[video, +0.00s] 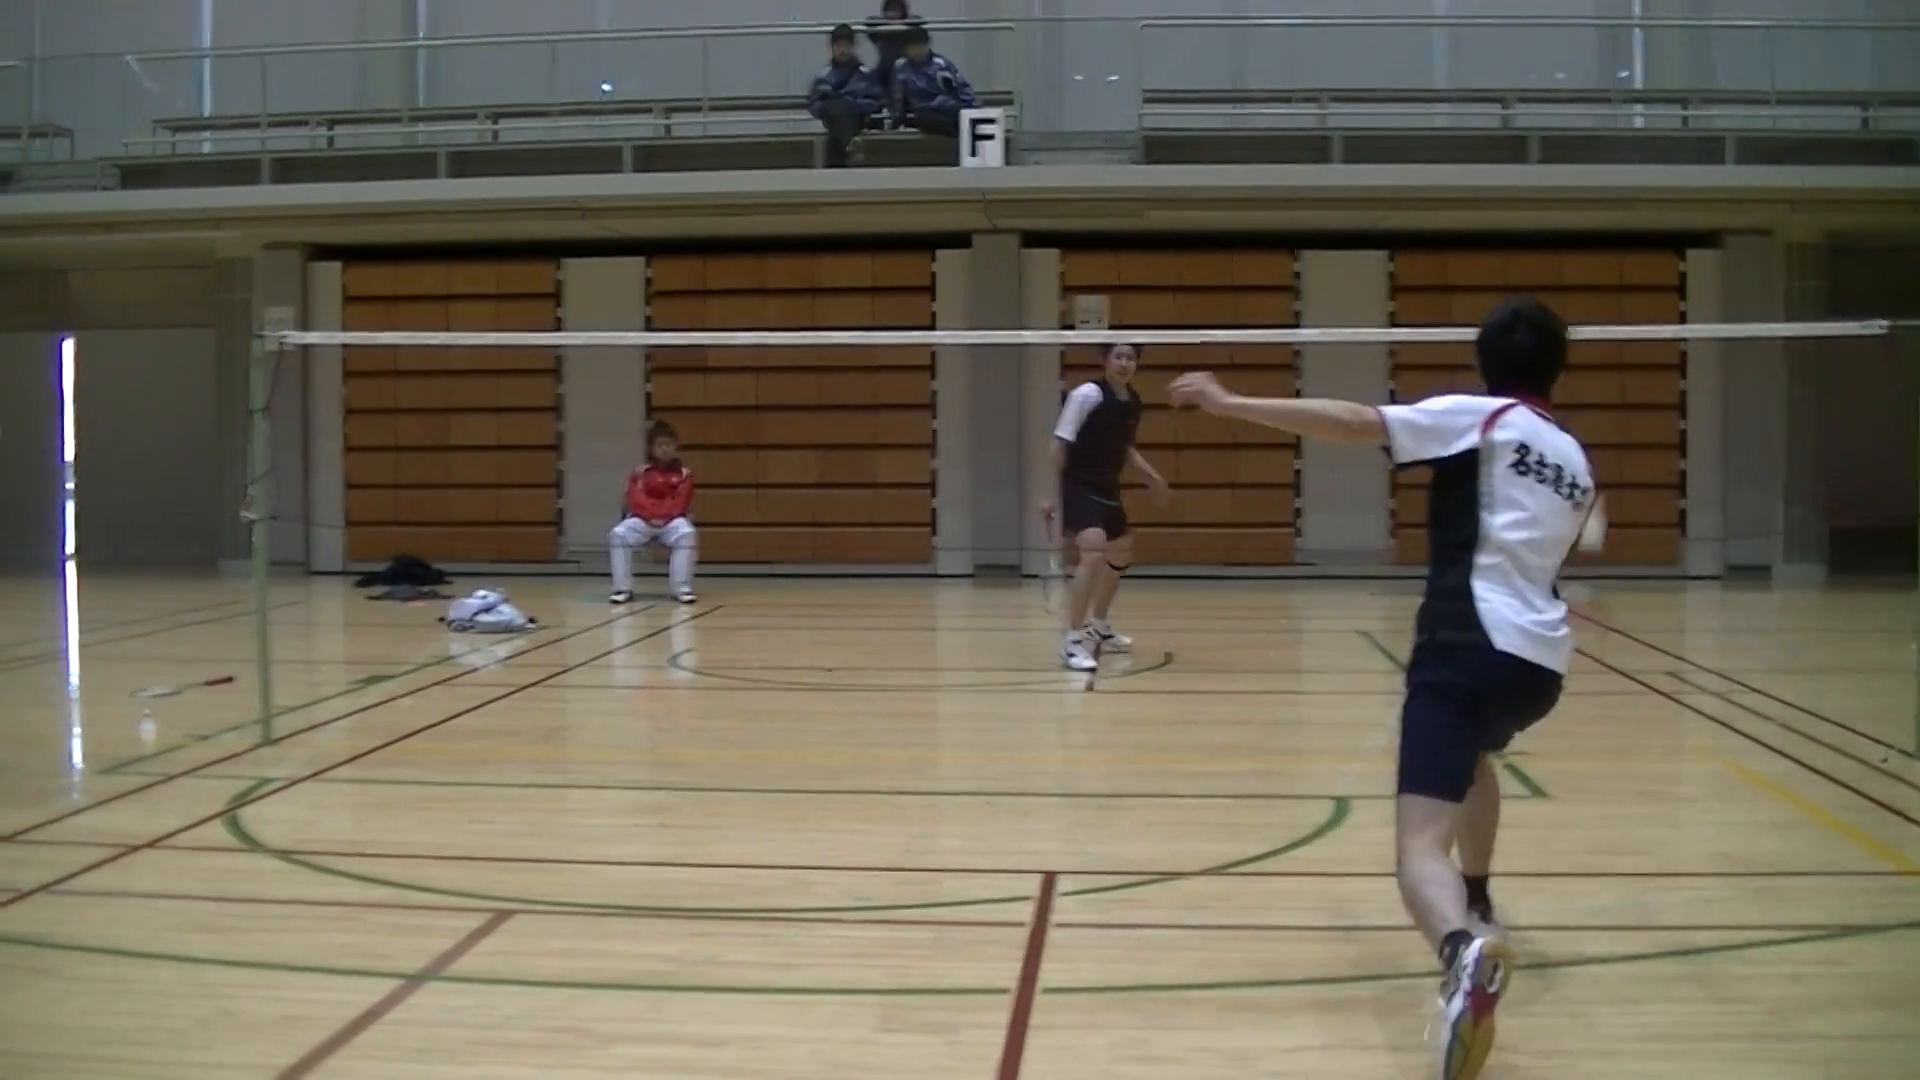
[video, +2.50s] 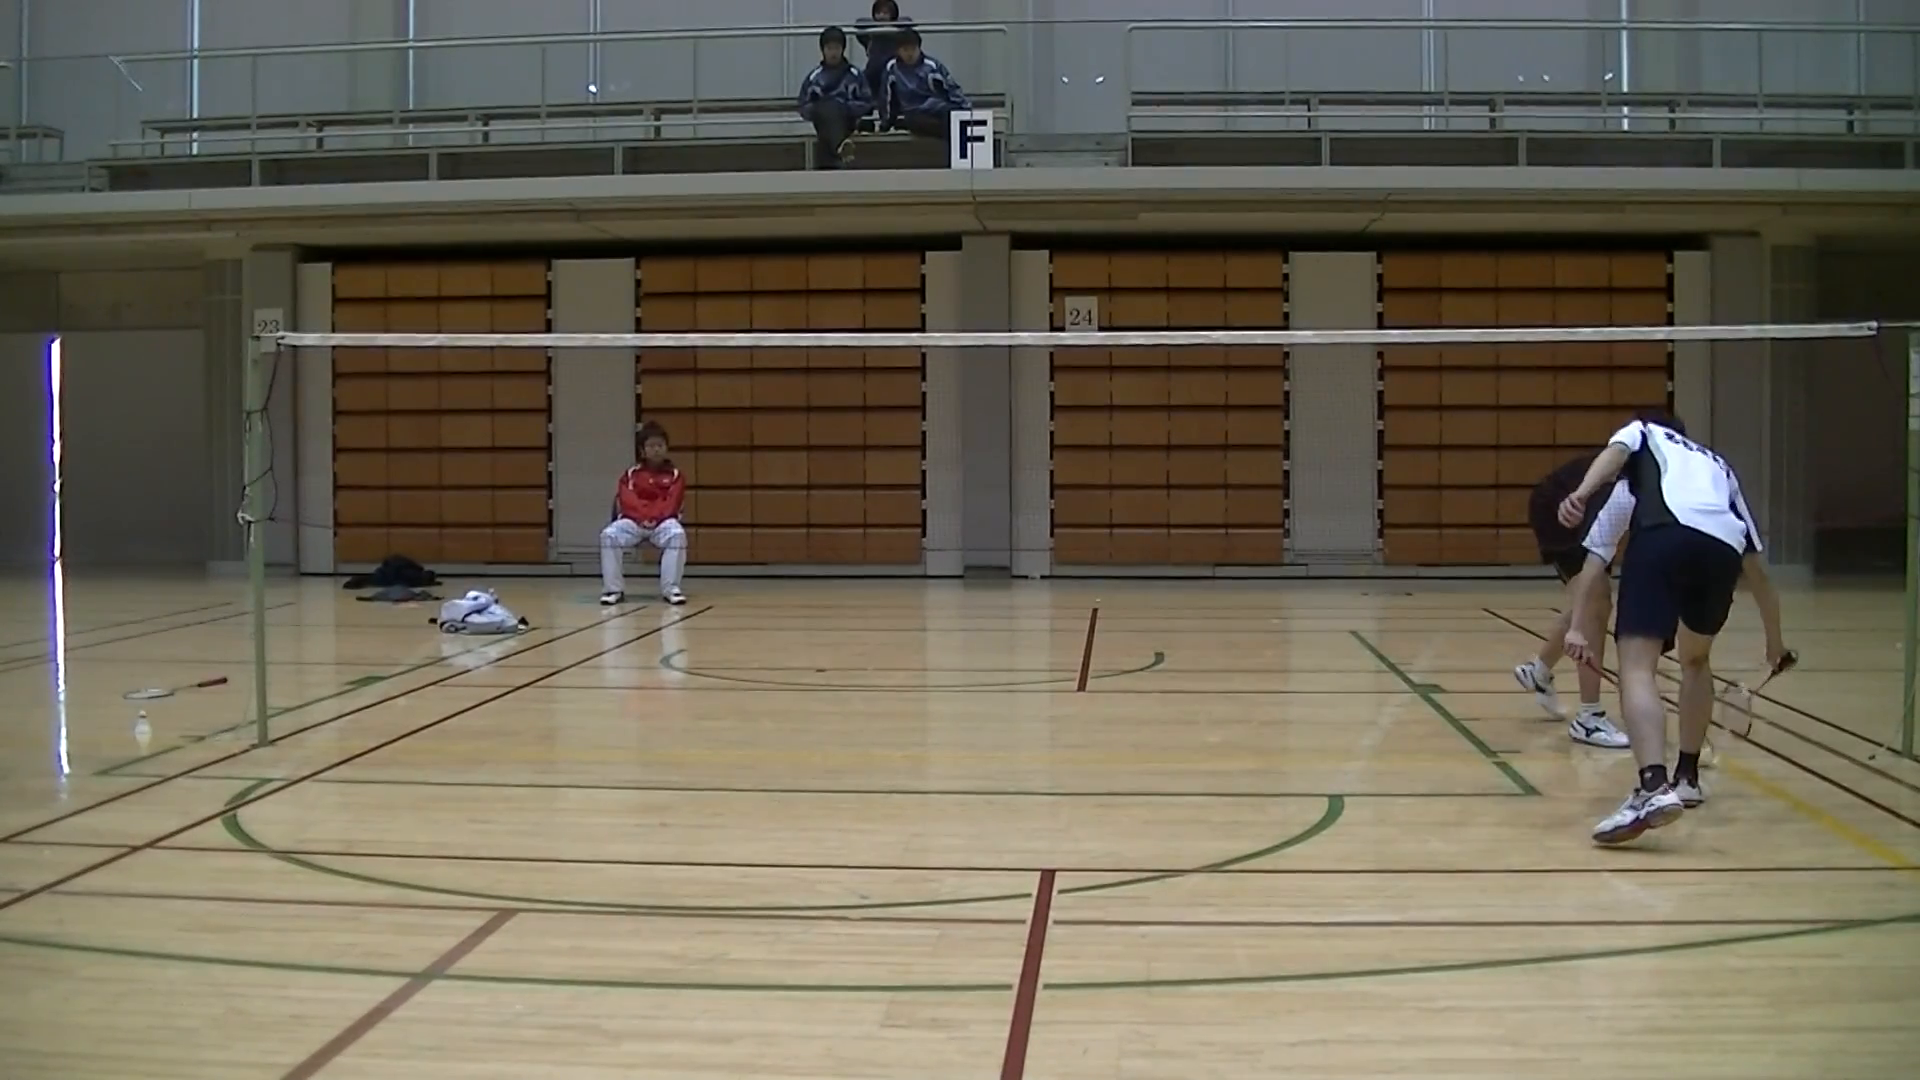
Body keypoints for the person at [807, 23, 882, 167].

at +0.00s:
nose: (842, 50)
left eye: (846, 45)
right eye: (838, 46)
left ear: (852, 47)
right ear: (832, 48)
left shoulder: (866, 74)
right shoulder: (823, 76)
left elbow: (876, 103)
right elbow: (814, 105)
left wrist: (846, 103)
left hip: (860, 120)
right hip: (831, 120)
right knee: (835, 105)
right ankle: (851, 142)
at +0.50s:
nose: (851, 50)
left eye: (855, 45)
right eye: (847, 45)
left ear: (861, 47)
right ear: (840, 47)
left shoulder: (875, 76)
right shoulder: (830, 77)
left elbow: (886, 102)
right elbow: (822, 104)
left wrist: (862, 105)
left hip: (869, 119)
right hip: (840, 119)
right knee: (850, 106)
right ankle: (861, 144)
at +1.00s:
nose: (830, 52)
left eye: (833, 46)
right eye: (825, 46)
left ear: (840, 48)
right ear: (819, 49)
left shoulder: (852, 75)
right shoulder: (810, 77)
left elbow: (864, 103)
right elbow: (799, 106)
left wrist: (840, 108)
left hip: (846, 122)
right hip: (818, 123)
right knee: (828, 108)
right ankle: (840, 148)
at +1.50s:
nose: (832, 54)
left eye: (836, 49)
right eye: (828, 49)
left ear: (842, 50)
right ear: (821, 51)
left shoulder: (854, 76)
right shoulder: (812, 78)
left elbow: (867, 104)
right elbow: (802, 107)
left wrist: (842, 109)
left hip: (848, 121)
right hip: (820, 121)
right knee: (831, 108)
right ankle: (839, 146)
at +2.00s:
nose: (833, 52)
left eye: (837, 48)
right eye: (829, 48)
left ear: (843, 49)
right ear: (822, 50)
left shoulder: (855, 75)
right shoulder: (813, 77)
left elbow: (867, 104)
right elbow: (803, 107)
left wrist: (842, 108)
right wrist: (824, 109)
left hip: (849, 120)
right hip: (821, 121)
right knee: (831, 106)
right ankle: (839, 145)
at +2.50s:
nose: (833, 52)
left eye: (837, 48)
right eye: (829, 48)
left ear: (843, 49)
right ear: (822, 50)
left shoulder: (855, 74)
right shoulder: (813, 76)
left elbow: (867, 103)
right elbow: (804, 107)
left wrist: (843, 108)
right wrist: (823, 109)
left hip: (847, 119)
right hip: (820, 119)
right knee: (830, 106)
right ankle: (840, 145)